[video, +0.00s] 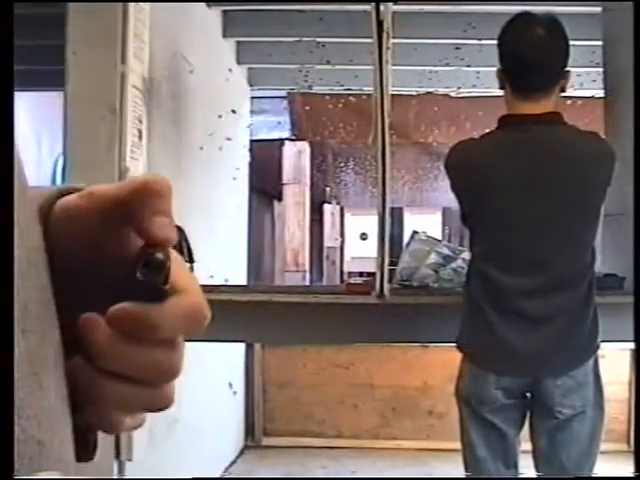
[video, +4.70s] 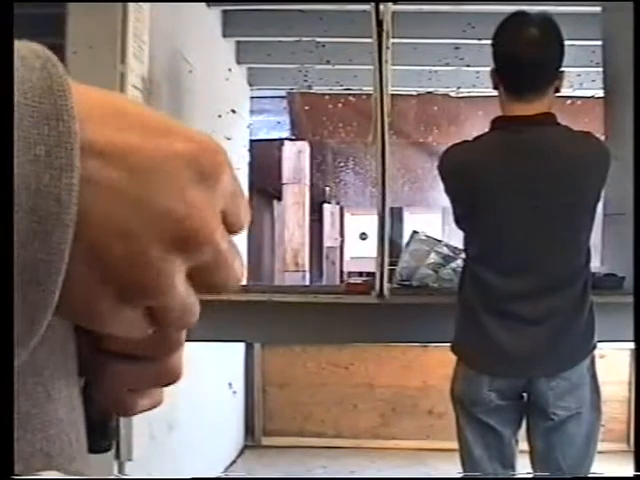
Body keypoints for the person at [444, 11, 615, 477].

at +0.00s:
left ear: (500, 79)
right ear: (565, 80)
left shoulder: (465, 160)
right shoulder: (596, 155)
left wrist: (532, 121)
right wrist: (552, 116)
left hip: (490, 357)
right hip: (568, 359)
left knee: (489, 472)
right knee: (568, 472)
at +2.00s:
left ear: (496, 79)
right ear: (562, 80)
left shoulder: (461, 161)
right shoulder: (594, 155)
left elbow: (476, 222)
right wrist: (543, 117)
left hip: (488, 361)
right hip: (567, 361)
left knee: (488, 472)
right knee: (567, 472)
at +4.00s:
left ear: (497, 80)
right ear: (562, 81)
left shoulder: (460, 161)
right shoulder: (593, 156)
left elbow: (471, 222)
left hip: (485, 361)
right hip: (565, 362)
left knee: (486, 472)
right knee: (565, 472)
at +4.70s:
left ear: (495, 80)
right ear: (560, 81)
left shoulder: (458, 162)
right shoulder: (591, 155)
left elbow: (474, 224)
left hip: (484, 361)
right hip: (565, 362)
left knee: (486, 472)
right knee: (565, 472)